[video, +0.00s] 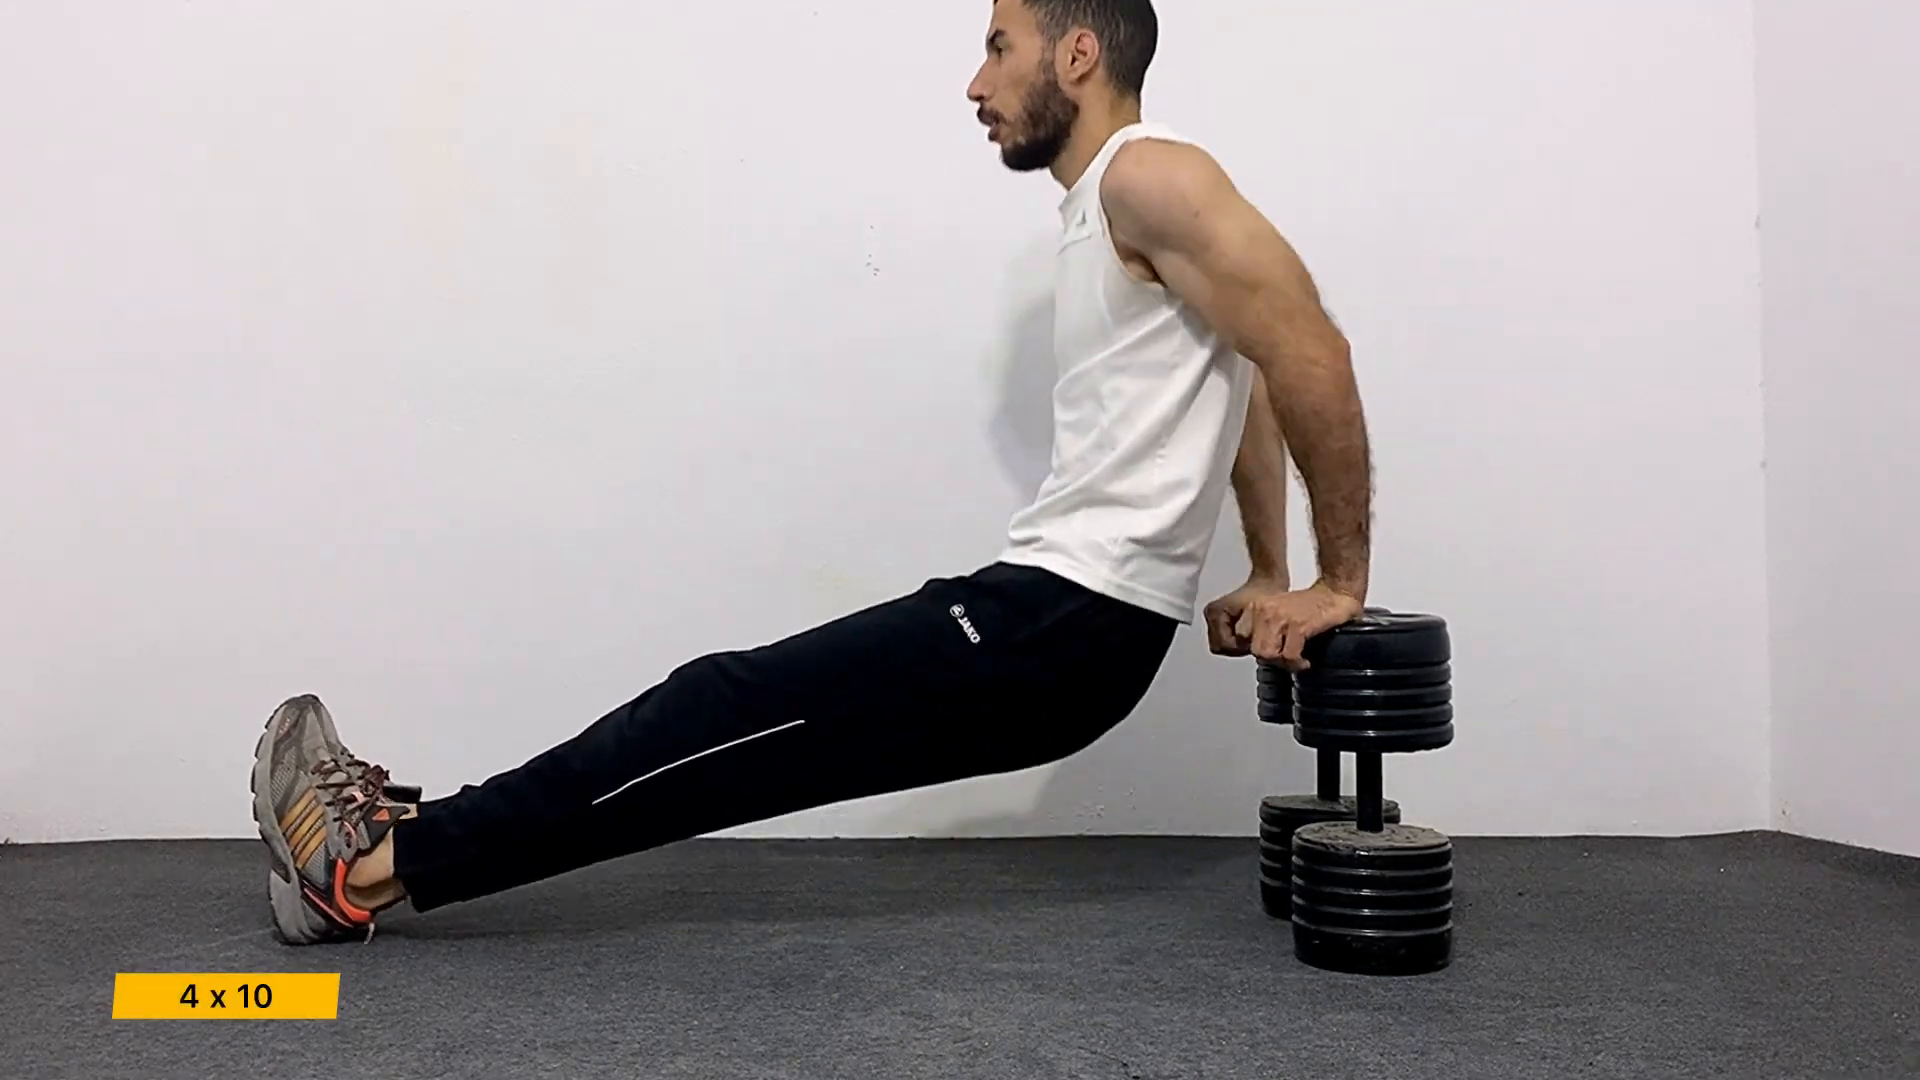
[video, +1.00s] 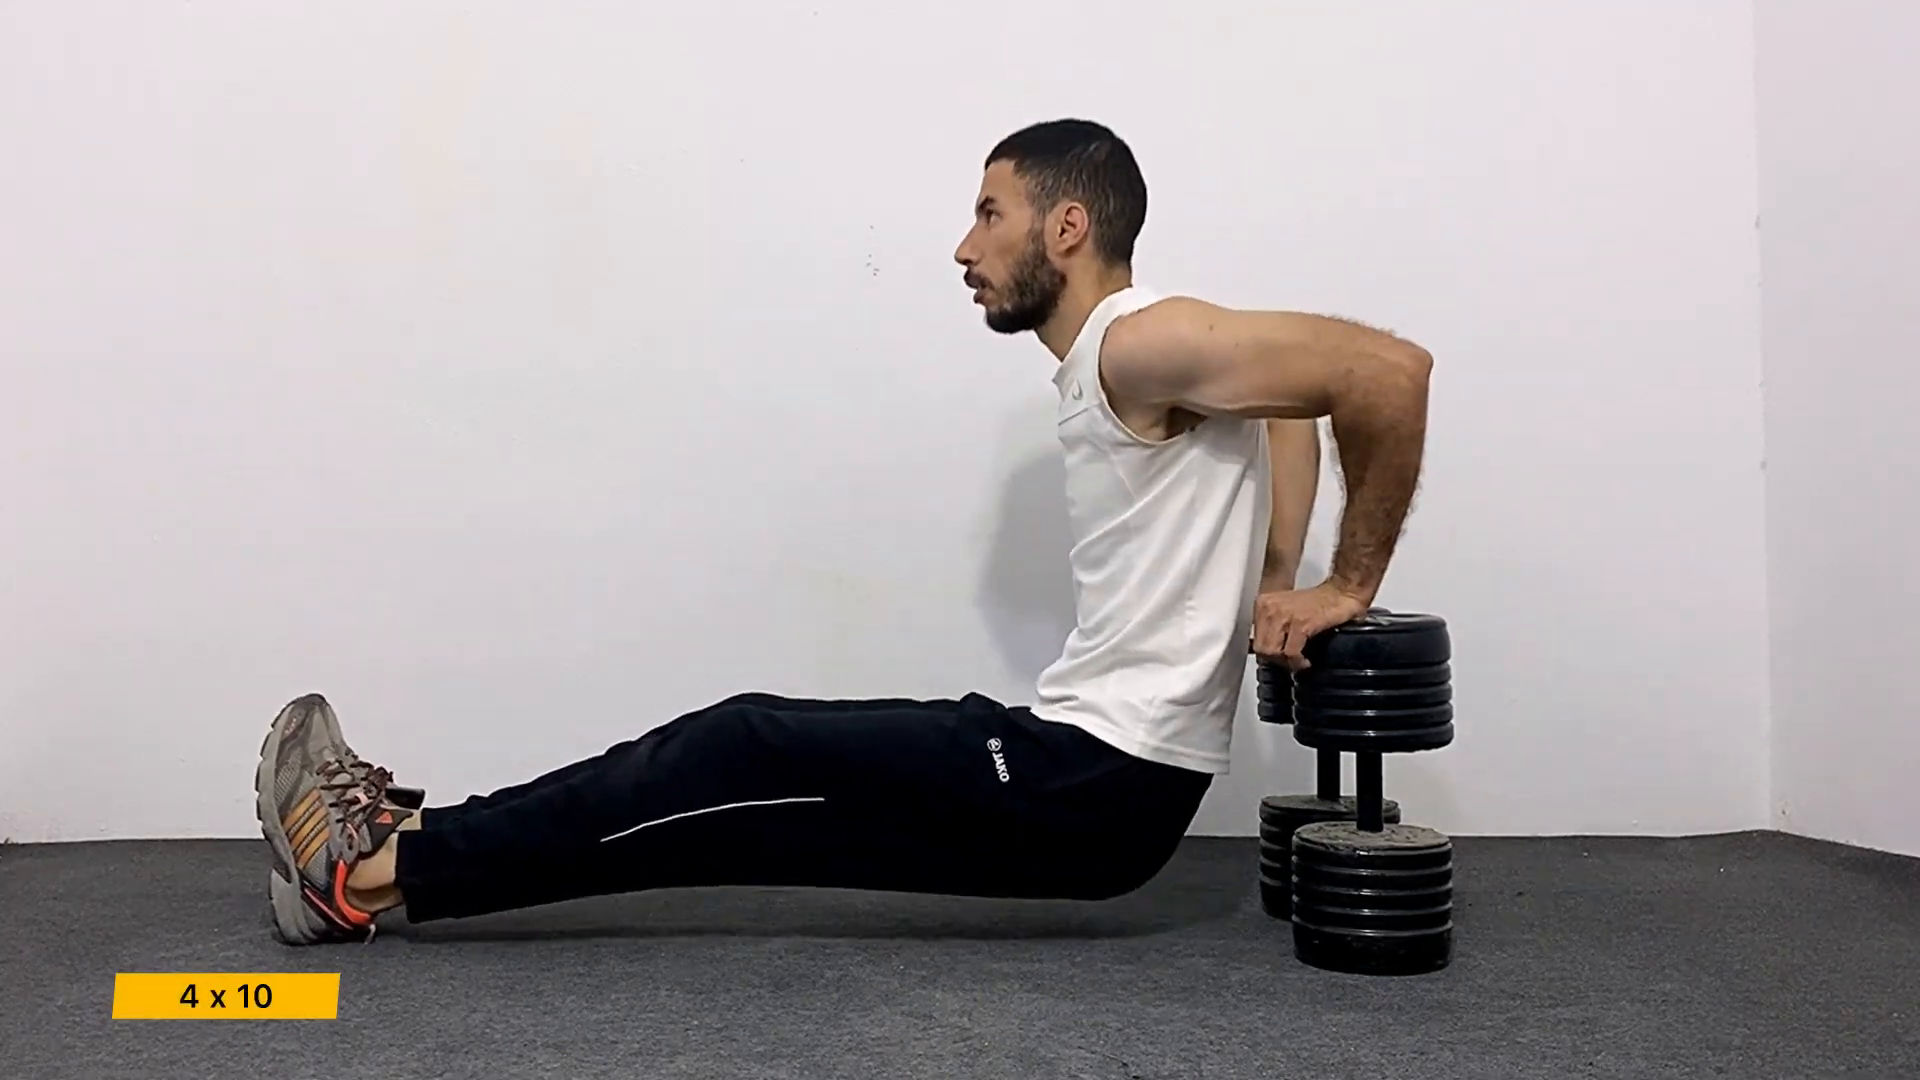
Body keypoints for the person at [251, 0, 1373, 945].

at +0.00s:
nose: (976, 81)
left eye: (998, 50)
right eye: (983, 53)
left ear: (1080, 54)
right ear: (1076, 54)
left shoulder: (1153, 177)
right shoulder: (1133, 200)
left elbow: (1312, 352)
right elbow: (1251, 387)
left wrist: (1348, 580)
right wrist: (1262, 577)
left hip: (1070, 623)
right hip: (1055, 607)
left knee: (726, 723)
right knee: (722, 703)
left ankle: (381, 873)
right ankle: (407, 841)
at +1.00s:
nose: (964, 248)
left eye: (987, 216)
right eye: (973, 219)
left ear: (1074, 227)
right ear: (1077, 228)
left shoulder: (1136, 345)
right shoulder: (1126, 345)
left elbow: (1391, 375)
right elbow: (1295, 391)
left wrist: (1355, 585)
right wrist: (1279, 575)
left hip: (1097, 776)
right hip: (1078, 760)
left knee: (741, 742)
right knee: (736, 795)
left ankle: (386, 869)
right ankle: (416, 848)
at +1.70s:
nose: (990, 121)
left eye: (1013, 89)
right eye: (996, 91)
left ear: (1100, 95)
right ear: (1097, 101)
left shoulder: (1167, 222)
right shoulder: (1139, 246)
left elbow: (1368, 361)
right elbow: (1285, 417)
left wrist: (1350, 587)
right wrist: (1271, 589)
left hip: (1091, 656)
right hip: (1072, 644)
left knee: (739, 734)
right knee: (739, 731)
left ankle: (392, 875)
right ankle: (415, 847)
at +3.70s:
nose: (1022, 51)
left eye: (1041, 17)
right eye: (1026, 22)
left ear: (1126, 19)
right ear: (1111, 27)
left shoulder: (1188, 144)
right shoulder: (1149, 165)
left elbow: (1312, 358)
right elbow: (1251, 382)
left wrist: (1347, 580)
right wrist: (1267, 572)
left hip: (1063, 593)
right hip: (1045, 579)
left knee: (718, 711)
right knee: (714, 699)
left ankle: (380, 877)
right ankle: (420, 840)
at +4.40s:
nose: (985, 201)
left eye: (1006, 168)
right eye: (990, 172)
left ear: (1093, 175)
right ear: (1097, 180)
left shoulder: (1156, 301)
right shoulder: (1135, 304)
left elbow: (1397, 369)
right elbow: (1302, 378)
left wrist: (1354, 588)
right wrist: (1283, 573)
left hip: (1099, 737)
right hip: (1079, 723)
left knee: (737, 736)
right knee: (733, 760)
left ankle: (387, 878)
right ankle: (422, 849)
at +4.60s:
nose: (919, 245)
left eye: (943, 213)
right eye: (927, 216)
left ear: (1029, 224)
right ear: (1030, 226)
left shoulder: (1090, 342)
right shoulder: (1073, 347)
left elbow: (1345, 377)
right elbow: (1241, 391)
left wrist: (1299, 587)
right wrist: (1225, 575)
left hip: (1046, 778)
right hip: (1028, 763)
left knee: (686, 738)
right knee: (681, 788)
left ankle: (337, 872)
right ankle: (364, 852)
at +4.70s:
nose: (777, 261)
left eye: (798, 229)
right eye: (784, 232)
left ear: (882, 238)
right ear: (888, 240)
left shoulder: (947, 354)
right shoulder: (936, 359)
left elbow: (1204, 378)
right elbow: (1103, 395)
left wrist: (1161, 591)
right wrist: (1089, 573)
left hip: (906, 792)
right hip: (900, 786)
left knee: (547, 742)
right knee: (536, 800)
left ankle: (194, 876)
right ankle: (228, 850)